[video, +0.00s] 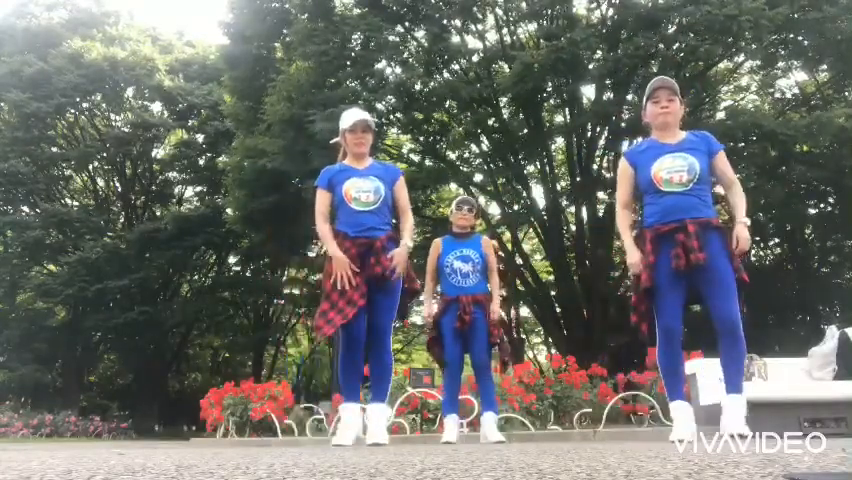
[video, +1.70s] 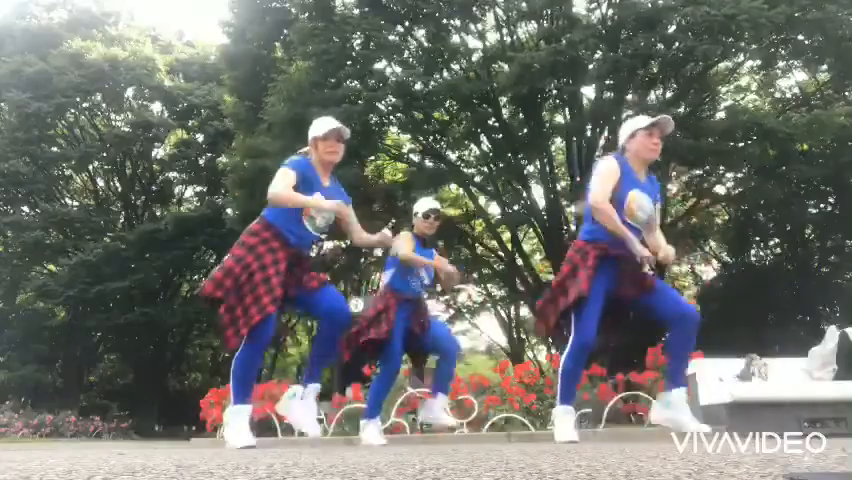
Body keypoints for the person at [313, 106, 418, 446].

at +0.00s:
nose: (360, 137)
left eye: (365, 131)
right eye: (353, 131)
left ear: (373, 135)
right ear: (342, 136)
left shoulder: (391, 172)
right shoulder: (330, 174)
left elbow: (407, 216)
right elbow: (321, 219)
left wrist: (404, 247)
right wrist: (335, 254)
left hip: (385, 253)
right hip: (347, 254)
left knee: (380, 335)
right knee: (353, 334)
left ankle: (378, 414)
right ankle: (350, 414)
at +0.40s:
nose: (327, 150)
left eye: (333, 145)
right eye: (320, 144)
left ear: (339, 150)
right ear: (307, 150)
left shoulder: (347, 177)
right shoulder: (307, 193)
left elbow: (380, 210)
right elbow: (315, 236)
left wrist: (371, 258)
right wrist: (318, 260)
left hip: (373, 261)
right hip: (339, 269)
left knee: (373, 336)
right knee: (306, 322)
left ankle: (377, 415)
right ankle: (308, 411)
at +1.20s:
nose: (310, 147)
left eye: (317, 144)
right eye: (305, 140)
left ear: (322, 151)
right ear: (290, 146)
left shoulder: (329, 179)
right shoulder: (285, 193)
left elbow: (365, 215)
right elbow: (299, 246)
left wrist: (365, 242)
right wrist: (276, 266)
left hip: (338, 267)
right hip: (304, 276)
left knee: (343, 346)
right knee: (268, 329)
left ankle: (388, 417)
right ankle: (260, 417)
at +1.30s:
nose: (316, 125)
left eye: (322, 121)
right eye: (310, 118)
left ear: (328, 127)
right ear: (296, 121)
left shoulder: (336, 159)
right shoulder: (274, 157)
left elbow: (359, 201)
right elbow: (259, 201)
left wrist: (339, 197)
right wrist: (251, 205)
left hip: (322, 244)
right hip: (282, 245)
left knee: (332, 327)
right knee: (266, 327)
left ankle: (354, 403)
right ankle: (259, 415)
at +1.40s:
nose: (319, 121)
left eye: (325, 115)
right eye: (313, 113)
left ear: (330, 119)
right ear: (298, 114)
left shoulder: (335, 150)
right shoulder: (278, 132)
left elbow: (355, 178)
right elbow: (262, 157)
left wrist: (327, 180)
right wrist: (290, 171)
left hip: (316, 236)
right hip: (275, 232)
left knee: (308, 314)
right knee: (265, 316)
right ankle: (247, 406)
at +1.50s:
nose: (320, 133)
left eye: (325, 128)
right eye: (314, 126)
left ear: (329, 134)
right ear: (298, 127)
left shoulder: (329, 165)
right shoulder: (279, 151)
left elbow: (348, 185)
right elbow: (299, 172)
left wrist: (363, 197)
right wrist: (335, 190)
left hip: (304, 250)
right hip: (268, 242)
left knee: (291, 332)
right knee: (255, 326)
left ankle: (265, 414)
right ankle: (237, 414)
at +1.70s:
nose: (333, 145)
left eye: (339, 140)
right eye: (326, 139)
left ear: (345, 147)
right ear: (313, 144)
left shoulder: (338, 192)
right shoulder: (298, 165)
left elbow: (357, 236)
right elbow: (275, 194)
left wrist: (379, 238)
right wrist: (320, 202)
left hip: (294, 267)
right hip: (264, 254)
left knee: (337, 311)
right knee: (262, 331)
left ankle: (304, 397)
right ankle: (237, 416)